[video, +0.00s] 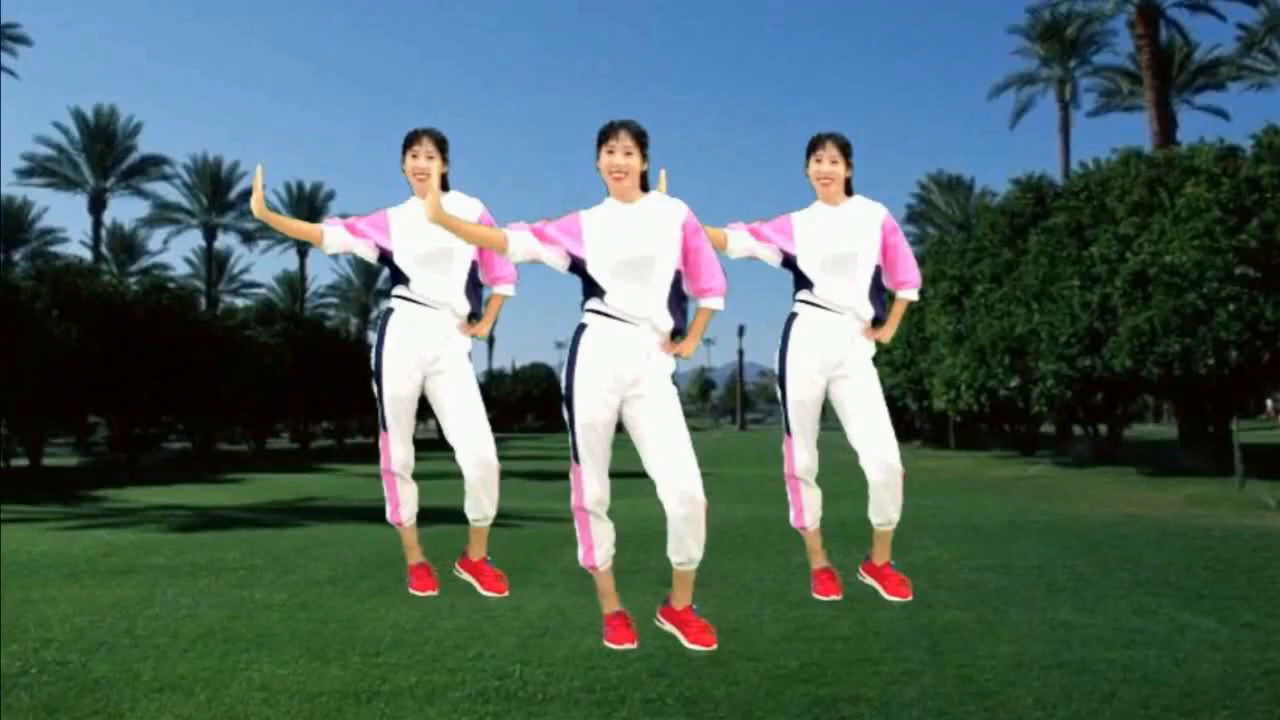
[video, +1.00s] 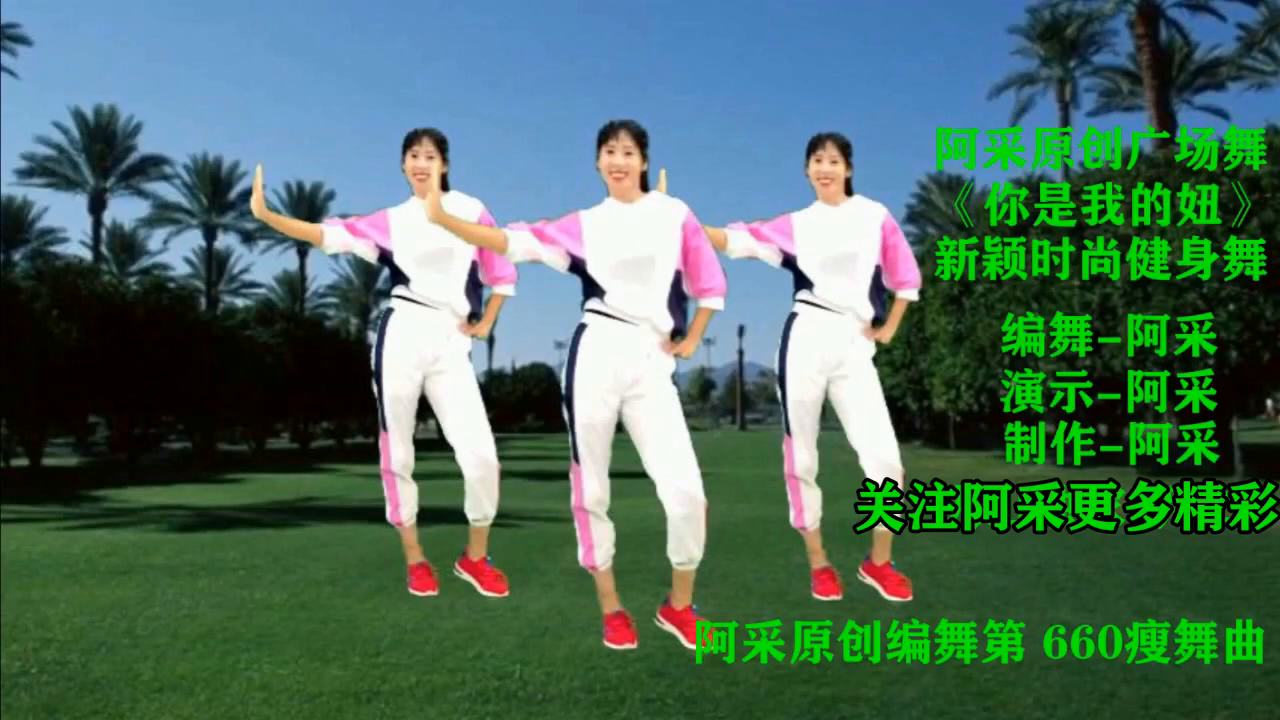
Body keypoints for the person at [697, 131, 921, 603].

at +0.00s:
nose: (825, 168)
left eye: (833, 161)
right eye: (818, 161)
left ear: (848, 169)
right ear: (807, 170)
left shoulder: (876, 217)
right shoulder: (797, 223)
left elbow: (908, 277)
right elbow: (734, 238)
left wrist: (889, 328)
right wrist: (682, 224)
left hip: (856, 340)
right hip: (807, 336)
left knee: (885, 461)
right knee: (802, 459)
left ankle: (879, 562)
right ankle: (819, 566)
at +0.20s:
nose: (825, 168)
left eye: (833, 161)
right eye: (818, 161)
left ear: (848, 169)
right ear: (807, 170)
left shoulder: (876, 217)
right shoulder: (797, 223)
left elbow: (908, 277)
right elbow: (734, 238)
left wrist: (889, 328)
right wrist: (682, 224)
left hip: (856, 340)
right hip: (807, 336)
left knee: (885, 461)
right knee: (802, 459)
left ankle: (879, 562)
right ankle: (819, 565)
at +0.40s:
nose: (825, 168)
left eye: (833, 161)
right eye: (818, 161)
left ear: (848, 169)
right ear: (807, 170)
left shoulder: (876, 217)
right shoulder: (797, 223)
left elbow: (908, 277)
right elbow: (734, 238)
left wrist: (889, 328)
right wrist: (682, 224)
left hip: (856, 340)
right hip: (807, 336)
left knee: (885, 461)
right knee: (802, 459)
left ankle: (879, 562)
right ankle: (819, 565)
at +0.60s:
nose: (825, 168)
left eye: (833, 161)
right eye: (818, 161)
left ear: (848, 169)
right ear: (807, 170)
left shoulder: (876, 217)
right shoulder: (797, 223)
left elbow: (908, 277)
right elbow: (734, 238)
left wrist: (889, 328)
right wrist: (682, 224)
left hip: (856, 340)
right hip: (807, 336)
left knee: (885, 461)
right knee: (802, 459)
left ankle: (879, 562)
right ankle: (819, 565)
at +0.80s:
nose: (825, 168)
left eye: (833, 161)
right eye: (818, 161)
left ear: (848, 169)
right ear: (807, 171)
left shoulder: (876, 217)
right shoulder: (797, 223)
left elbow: (907, 277)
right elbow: (734, 238)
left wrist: (888, 329)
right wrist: (682, 225)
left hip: (856, 341)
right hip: (806, 337)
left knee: (885, 462)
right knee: (802, 460)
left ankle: (879, 562)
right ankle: (819, 565)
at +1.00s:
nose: (825, 168)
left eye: (833, 161)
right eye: (818, 161)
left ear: (848, 169)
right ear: (807, 170)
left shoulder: (875, 217)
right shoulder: (797, 223)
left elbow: (907, 277)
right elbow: (734, 238)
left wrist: (888, 329)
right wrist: (682, 224)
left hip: (855, 340)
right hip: (807, 336)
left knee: (885, 459)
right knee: (802, 458)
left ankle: (879, 562)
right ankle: (819, 565)